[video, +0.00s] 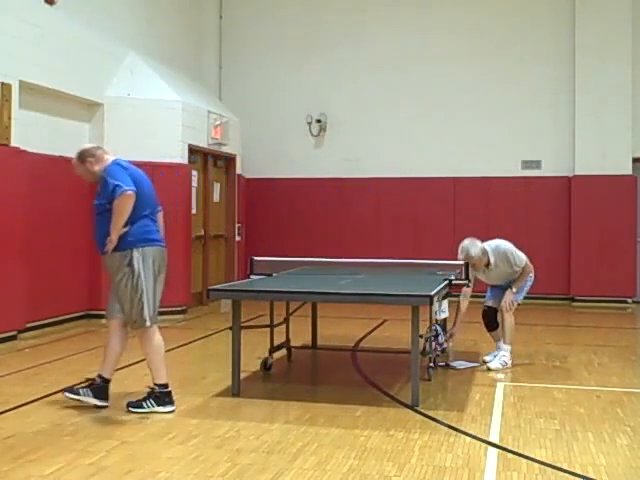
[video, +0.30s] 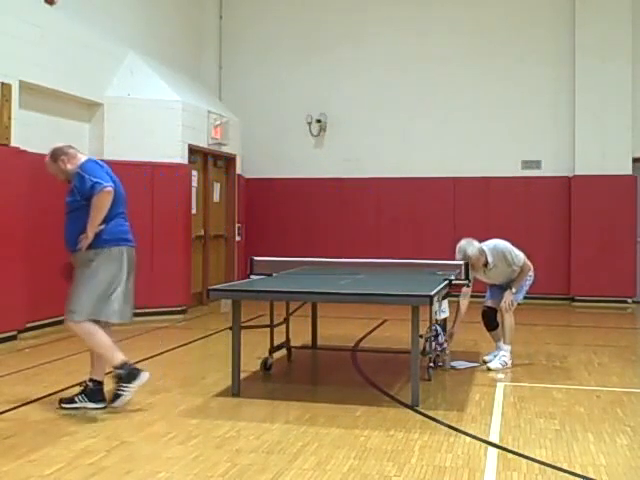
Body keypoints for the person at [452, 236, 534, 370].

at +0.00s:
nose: (472, 267)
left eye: (473, 263)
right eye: (469, 264)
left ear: (482, 256)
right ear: (466, 261)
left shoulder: (502, 248)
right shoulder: (471, 264)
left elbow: (528, 268)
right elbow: (465, 295)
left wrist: (512, 290)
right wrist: (455, 327)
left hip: (519, 277)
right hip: (496, 281)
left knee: (506, 307)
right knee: (488, 314)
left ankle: (506, 354)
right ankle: (500, 349)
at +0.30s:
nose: (470, 268)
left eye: (471, 263)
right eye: (467, 265)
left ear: (480, 255)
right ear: (464, 262)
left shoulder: (499, 247)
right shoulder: (469, 266)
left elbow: (527, 267)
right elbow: (464, 297)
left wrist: (511, 290)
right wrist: (454, 328)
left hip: (519, 276)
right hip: (496, 281)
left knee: (506, 307)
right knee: (488, 314)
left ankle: (506, 353)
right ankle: (500, 349)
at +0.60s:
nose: (465, 230)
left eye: (466, 226)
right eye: (462, 227)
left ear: (476, 218)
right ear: (461, 225)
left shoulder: (498, 226)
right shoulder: (465, 234)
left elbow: (513, 256)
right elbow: (471, 260)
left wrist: (499, 280)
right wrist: (472, 286)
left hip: (516, 266)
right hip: (494, 269)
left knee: (504, 306)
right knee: (489, 306)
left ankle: (505, 353)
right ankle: (499, 348)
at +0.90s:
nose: (461, 210)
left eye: (462, 206)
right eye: (460, 207)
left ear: (473, 200)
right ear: (468, 202)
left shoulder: (496, 214)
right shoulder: (472, 216)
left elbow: (493, 246)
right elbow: (477, 236)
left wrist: (471, 261)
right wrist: (464, 254)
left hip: (513, 263)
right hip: (496, 264)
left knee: (501, 307)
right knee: (494, 306)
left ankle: (506, 353)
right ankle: (499, 347)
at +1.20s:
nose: (457, 204)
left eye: (458, 200)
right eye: (456, 200)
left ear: (467, 196)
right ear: (467, 196)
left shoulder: (490, 209)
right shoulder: (476, 209)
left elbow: (480, 241)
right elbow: (471, 238)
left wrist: (462, 263)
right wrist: (453, 258)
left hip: (511, 263)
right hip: (502, 263)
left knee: (498, 306)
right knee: (497, 305)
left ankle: (505, 350)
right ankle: (506, 347)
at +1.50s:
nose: (458, 194)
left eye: (460, 190)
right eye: (458, 190)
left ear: (472, 188)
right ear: (472, 189)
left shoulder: (487, 205)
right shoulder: (481, 205)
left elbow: (490, 239)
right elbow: (475, 238)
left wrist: (469, 259)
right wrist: (456, 260)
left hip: (508, 261)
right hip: (506, 260)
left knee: (496, 305)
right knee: (510, 304)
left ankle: (504, 352)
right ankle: (516, 345)